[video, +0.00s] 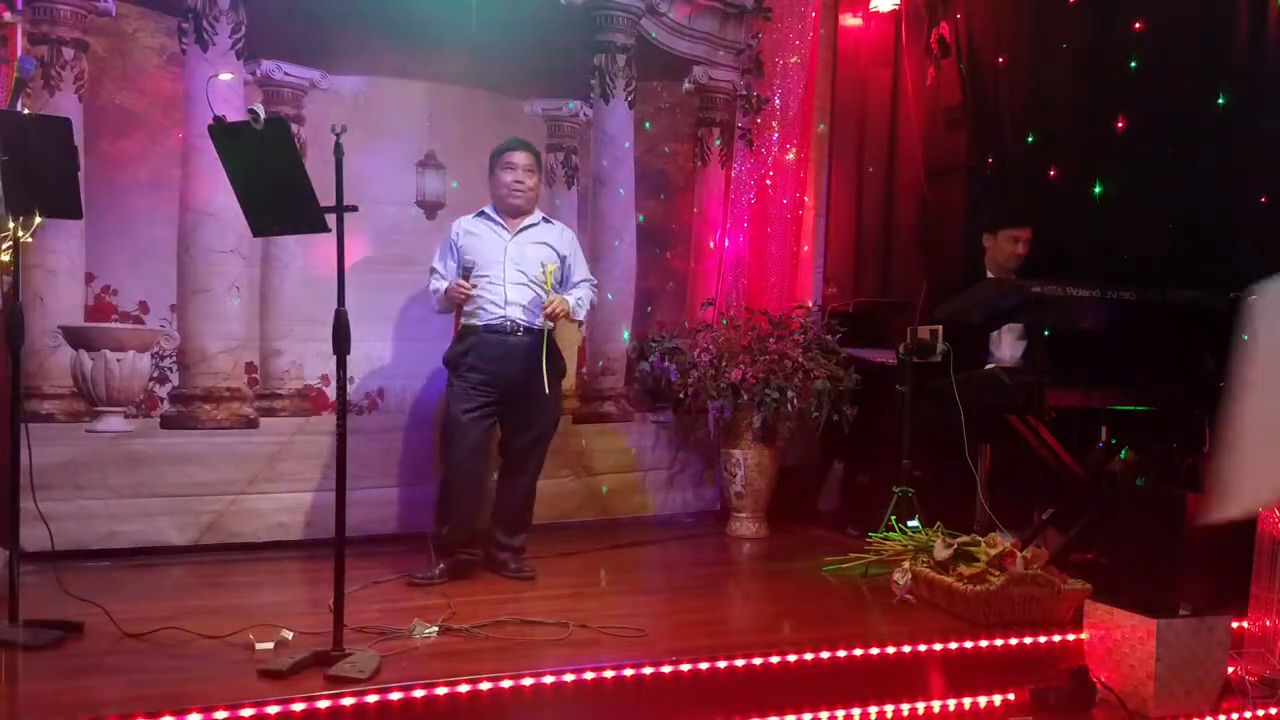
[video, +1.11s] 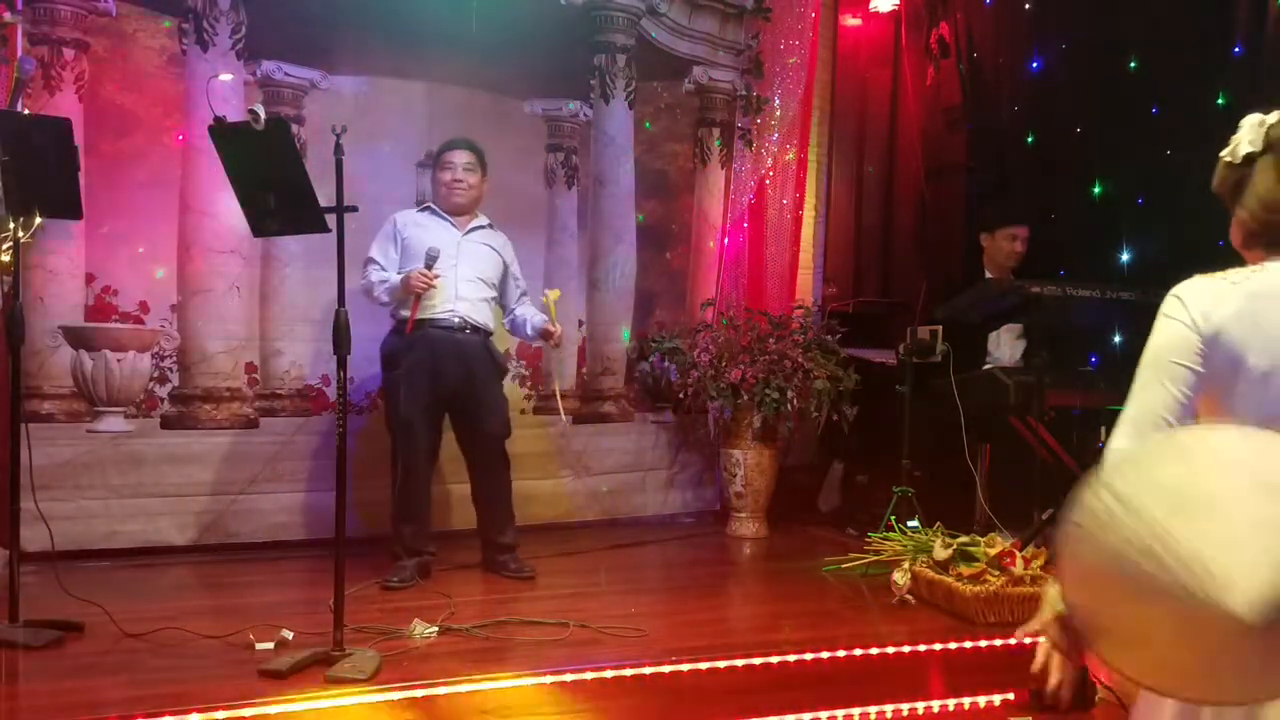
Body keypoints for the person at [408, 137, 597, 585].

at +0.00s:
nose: (519, 178)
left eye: (529, 171)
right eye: (509, 169)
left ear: (540, 182)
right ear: (491, 179)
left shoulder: (559, 236)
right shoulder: (465, 229)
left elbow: (584, 286)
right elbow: (438, 289)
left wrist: (570, 303)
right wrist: (449, 293)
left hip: (535, 354)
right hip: (477, 351)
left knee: (523, 460)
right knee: (463, 452)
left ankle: (507, 550)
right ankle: (457, 553)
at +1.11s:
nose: (457, 176)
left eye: (468, 169)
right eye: (447, 168)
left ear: (484, 183)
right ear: (433, 178)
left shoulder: (497, 242)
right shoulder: (403, 224)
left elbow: (516, 305)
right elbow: (372, 280)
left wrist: (540, 325)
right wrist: (400, 285)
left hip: (476, 352)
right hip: (417, 350)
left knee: (490, 454)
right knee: (413, 455)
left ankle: (500, 550)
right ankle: (411, 556)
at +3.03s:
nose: (465, 177)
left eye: (477, 170)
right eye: (455, 168)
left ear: (493, 181)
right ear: (443, 178)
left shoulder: (518, 238)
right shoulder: (417, 228)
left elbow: (539, 290)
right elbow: (387, 292)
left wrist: (535, 307)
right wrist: (406, 286)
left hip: (487, 355)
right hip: (426, 351)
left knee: (506, 452)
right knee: (416, 455)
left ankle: (520, 554)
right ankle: (410, 557)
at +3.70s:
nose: (463, 172)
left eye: (475, 165)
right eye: (455, 165)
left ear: (497, 178)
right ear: (445, 176)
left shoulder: (521, 235)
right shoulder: (422, 223)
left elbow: (543, 288)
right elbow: (391, 288)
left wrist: (537, 307)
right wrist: (415, 269)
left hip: (493, 351)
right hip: (432, 349)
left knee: (507, 456)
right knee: (420, 456)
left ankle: (519, 554)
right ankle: (412, 557)